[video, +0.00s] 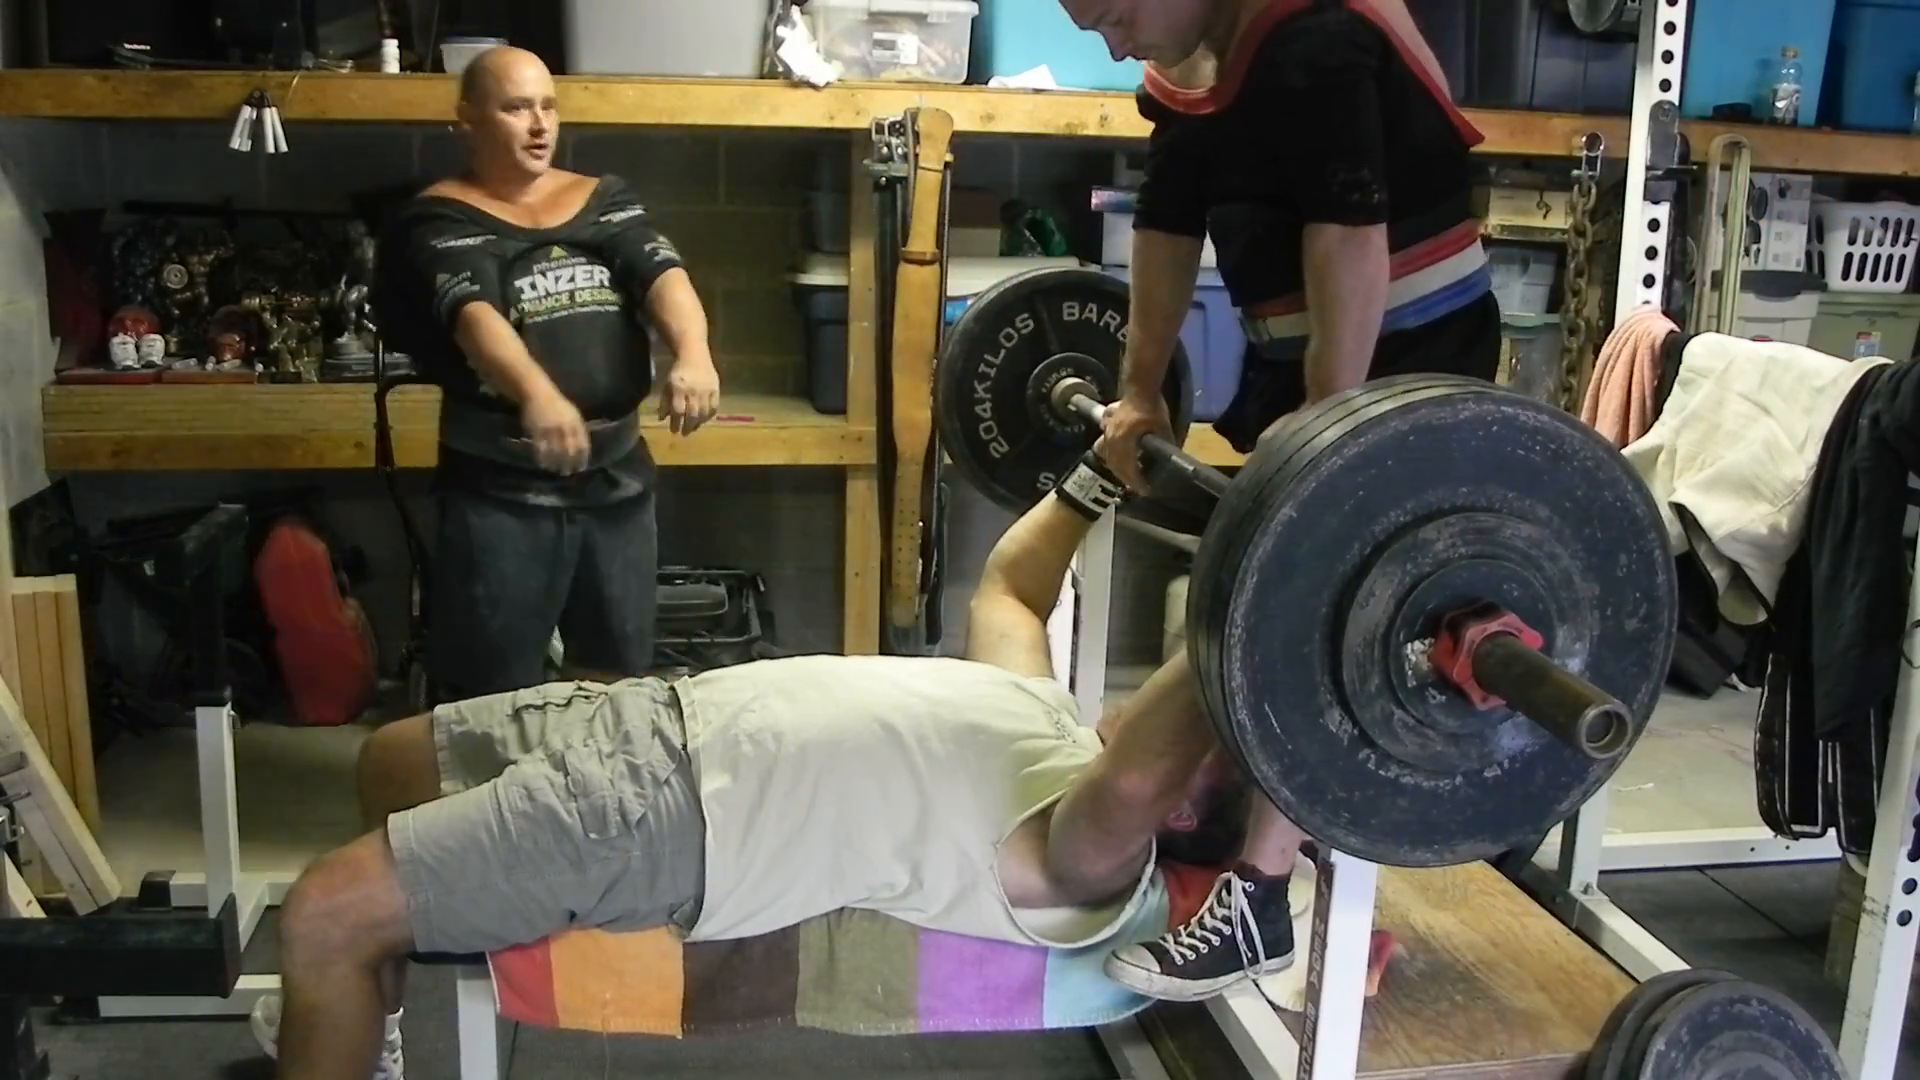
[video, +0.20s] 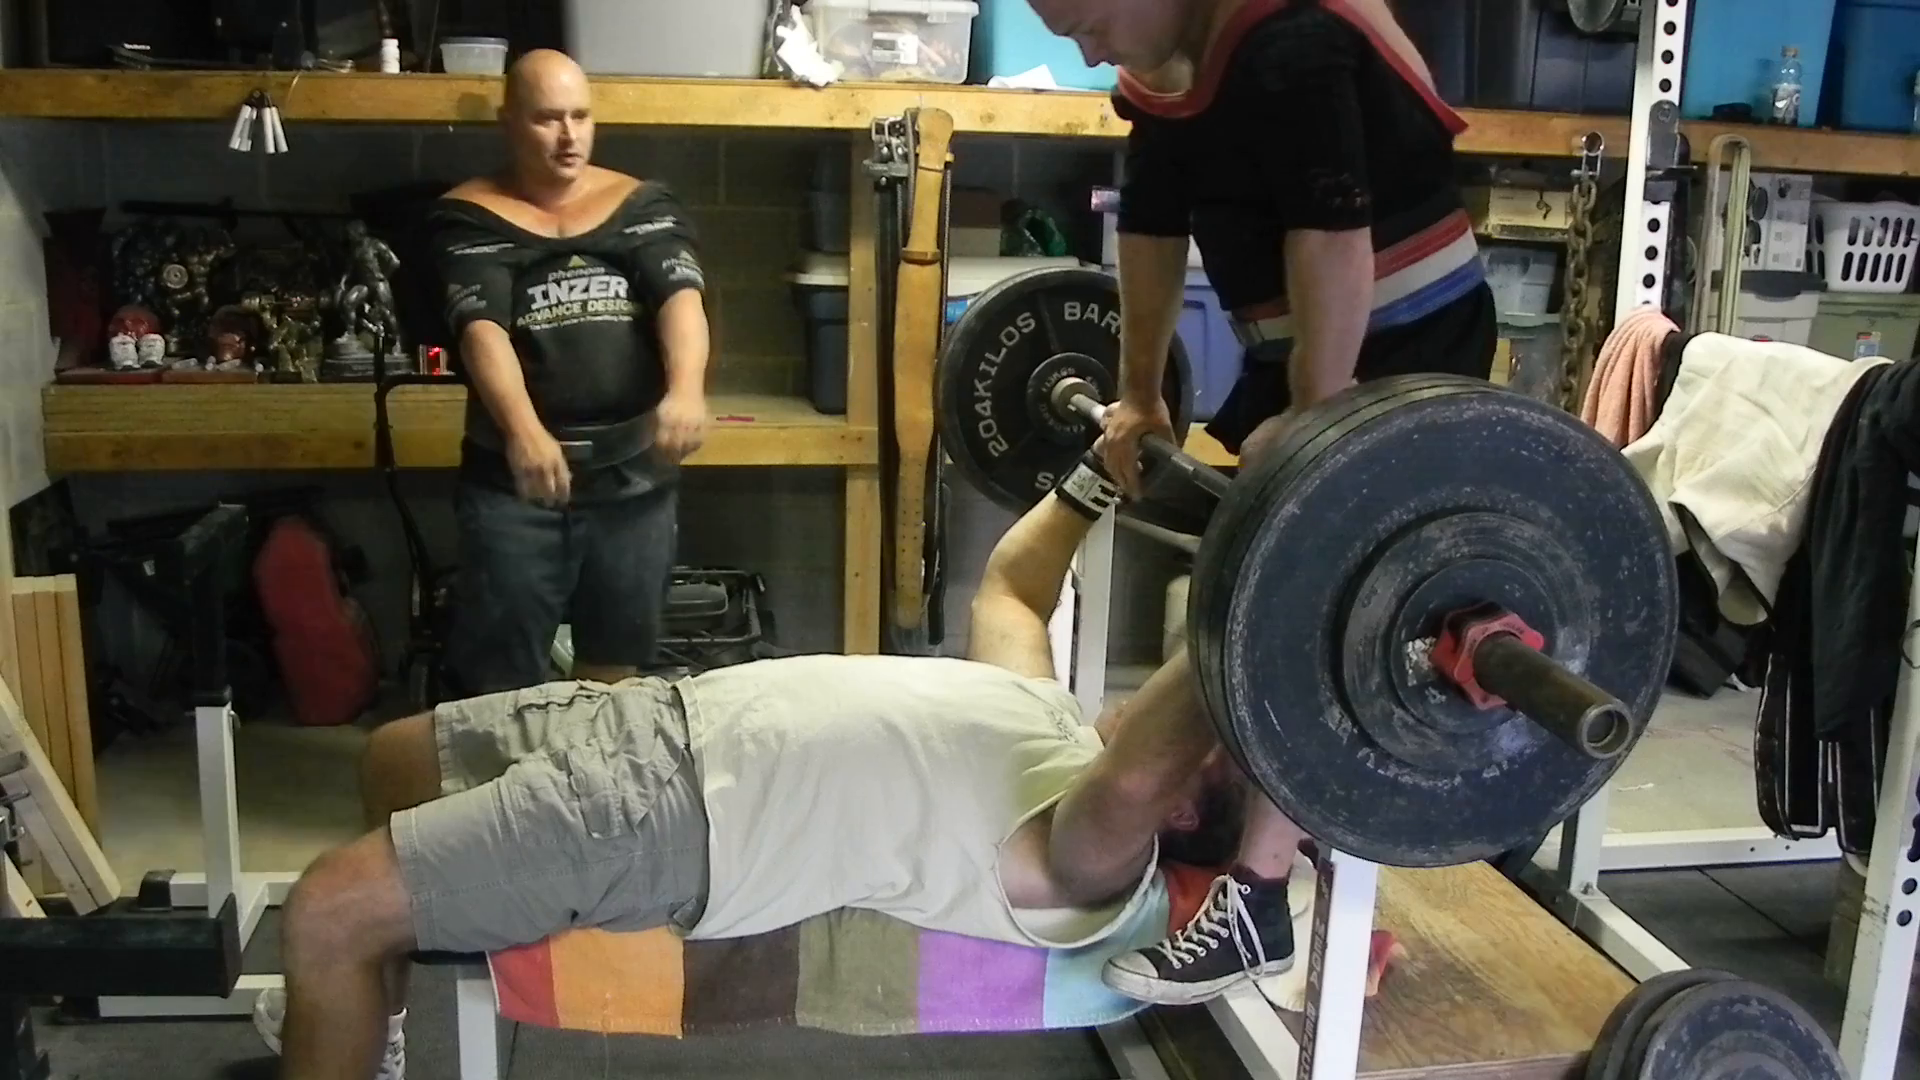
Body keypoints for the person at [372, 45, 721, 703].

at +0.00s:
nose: (541, 123)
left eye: (548, 107)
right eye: (519, 108)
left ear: (559, 111)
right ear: (469, 118)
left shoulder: (604, 197)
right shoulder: (438, 215)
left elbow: (661, 272)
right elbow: (470, 313)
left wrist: (694, 352)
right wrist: (537, 391)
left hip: (616, 494)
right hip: (500, 498)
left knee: (623, 696)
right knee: (493, 707)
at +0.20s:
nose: (568, 133)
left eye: (580, 116)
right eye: (549, 118)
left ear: (593, 118)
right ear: (509, 122)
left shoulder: (641, 202)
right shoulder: (469, 212)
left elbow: (679, 295)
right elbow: (479, 327)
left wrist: (686, 391)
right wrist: (523, 428)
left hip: (635, 482)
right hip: (514, 486)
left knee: (620, 672)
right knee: (504, 677)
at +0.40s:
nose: (584, 133)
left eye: (596, 115)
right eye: (565, 118)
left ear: (612, 116)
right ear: (529, 120)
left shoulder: (662, 199)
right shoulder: (487, 205)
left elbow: (687, 306)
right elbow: (491, 320)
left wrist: (669, 416)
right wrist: (527, 422)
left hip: (640, 465)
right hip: (524, 467)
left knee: (621, 659)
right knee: (520, 665)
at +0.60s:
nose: (595, 130)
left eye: (608, 113)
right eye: (576, 114)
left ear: (622, 117)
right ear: (538, 119)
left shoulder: (673, 201)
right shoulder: (499, 205)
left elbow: (705, 300)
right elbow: (508, 310)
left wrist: (702, 401)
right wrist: (556, 401)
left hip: (650, 479)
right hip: (531, 479)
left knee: (625, 662)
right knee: (526, 668)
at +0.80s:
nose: (615, 134)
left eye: (625, 116)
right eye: (596, 117)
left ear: (637, 118)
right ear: (548, 117)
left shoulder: (671, 205)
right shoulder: (503, 204)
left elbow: (718, 293)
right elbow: (529, 308)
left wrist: (747, 388)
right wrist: (619, 381)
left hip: (651, 479)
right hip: (541, 480)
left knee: (639, 674)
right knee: (546, 679)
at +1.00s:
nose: (623, 142)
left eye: (630, 124)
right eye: (603, 126)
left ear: (636, 120)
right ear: (545, 123)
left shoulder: (663, 210)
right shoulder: (501, 216)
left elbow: (721, 312)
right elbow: (560, 335)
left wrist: (770, 418)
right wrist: (666, 415)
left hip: (654, 494)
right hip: (554, 497)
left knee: (646, 696)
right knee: (559, 703)